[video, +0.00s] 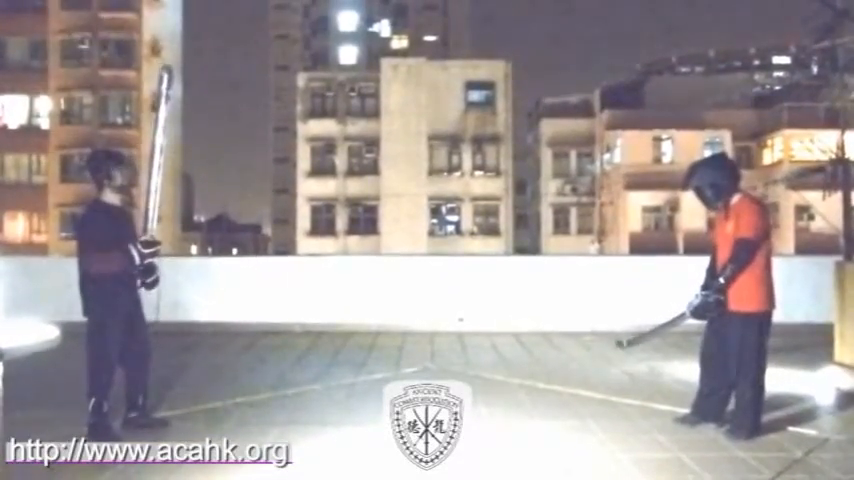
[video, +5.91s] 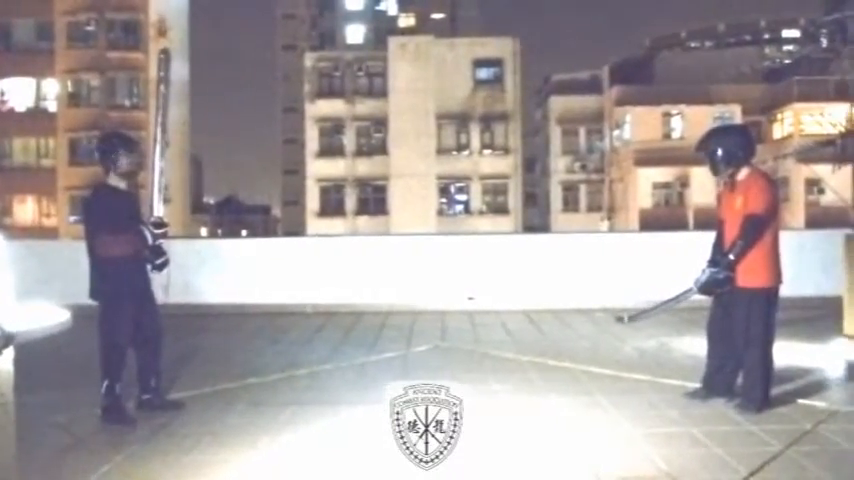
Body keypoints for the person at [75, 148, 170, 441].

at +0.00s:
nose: (131, 177)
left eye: (130, 171)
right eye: (125, 171)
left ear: (112, 176)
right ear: (108, 175)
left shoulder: (123, 214)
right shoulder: (94, 217)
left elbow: (124, 255)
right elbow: (93, 265)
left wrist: (143, 260)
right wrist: (131, 258)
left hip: (126, 294)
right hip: (102, 297)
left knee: (137, 349)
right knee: (104, 354)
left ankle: (136, 411)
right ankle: (98, 417)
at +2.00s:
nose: (139, 170)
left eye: (143, 165)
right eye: (133, 164)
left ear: (148, 171)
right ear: (118, 168)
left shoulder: (143, 208)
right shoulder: (107, 208)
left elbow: (145, 247)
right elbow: (106, 254)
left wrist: (160, 251)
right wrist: (146, 251)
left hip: (142, 287)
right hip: (116, 289)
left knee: (152, 342)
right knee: (118, 346)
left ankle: (150, 400)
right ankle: (111, 406)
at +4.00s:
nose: (139, 153)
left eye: (138, 148)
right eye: (133, 148)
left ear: (120, 150)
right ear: (118, 150)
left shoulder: (126, 187)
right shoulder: (104, 189)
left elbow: (128, 225)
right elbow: (107, 234)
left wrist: (148, 222)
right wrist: (145, 240)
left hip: (133, 269)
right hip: (113, 271)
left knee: (145, 322)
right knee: (115, 327)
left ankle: (146, 381)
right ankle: (107, 388)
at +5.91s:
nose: (138, 161)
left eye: (137, 155)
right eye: (132, 155)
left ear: (119, 159)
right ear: (115, 159)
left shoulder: (128, 194)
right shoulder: (101, 198)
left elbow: (130, 233)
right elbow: (104, 246)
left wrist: (148, 241)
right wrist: (145, 251)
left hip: (136, 278)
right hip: (113, 280)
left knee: (149, 332)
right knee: (116, 338)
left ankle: (150, 392)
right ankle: (111, 398)